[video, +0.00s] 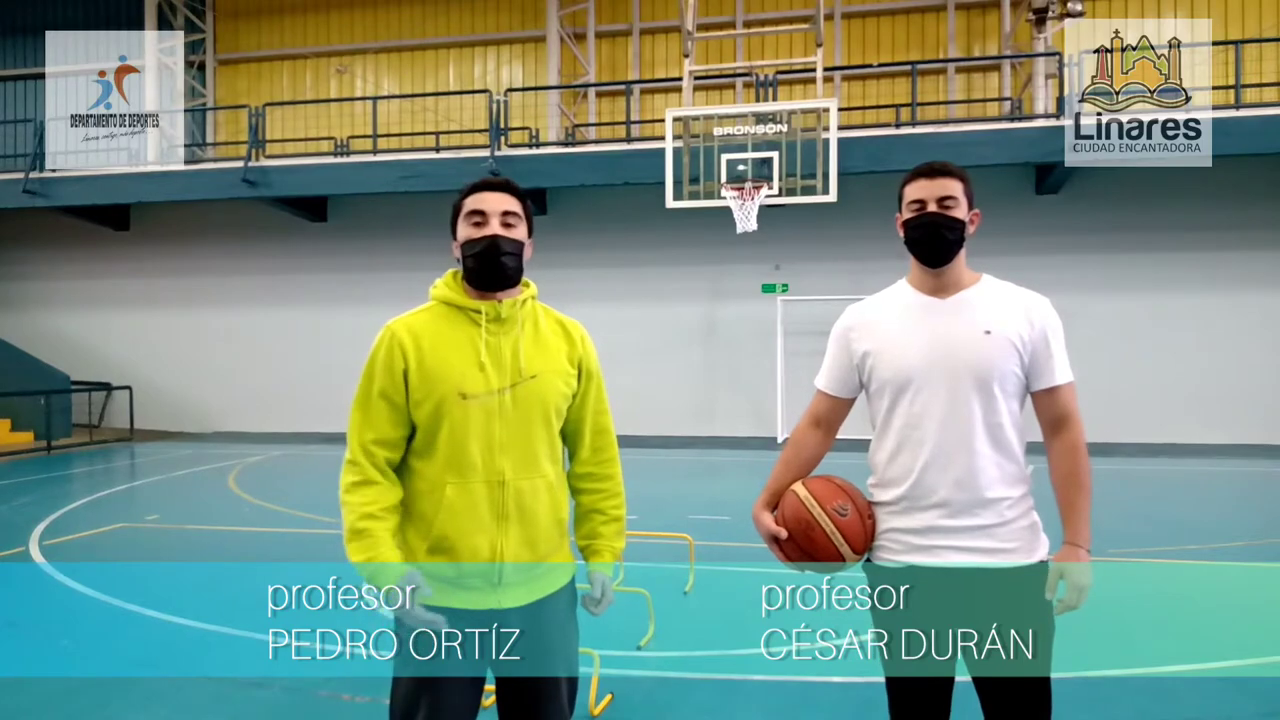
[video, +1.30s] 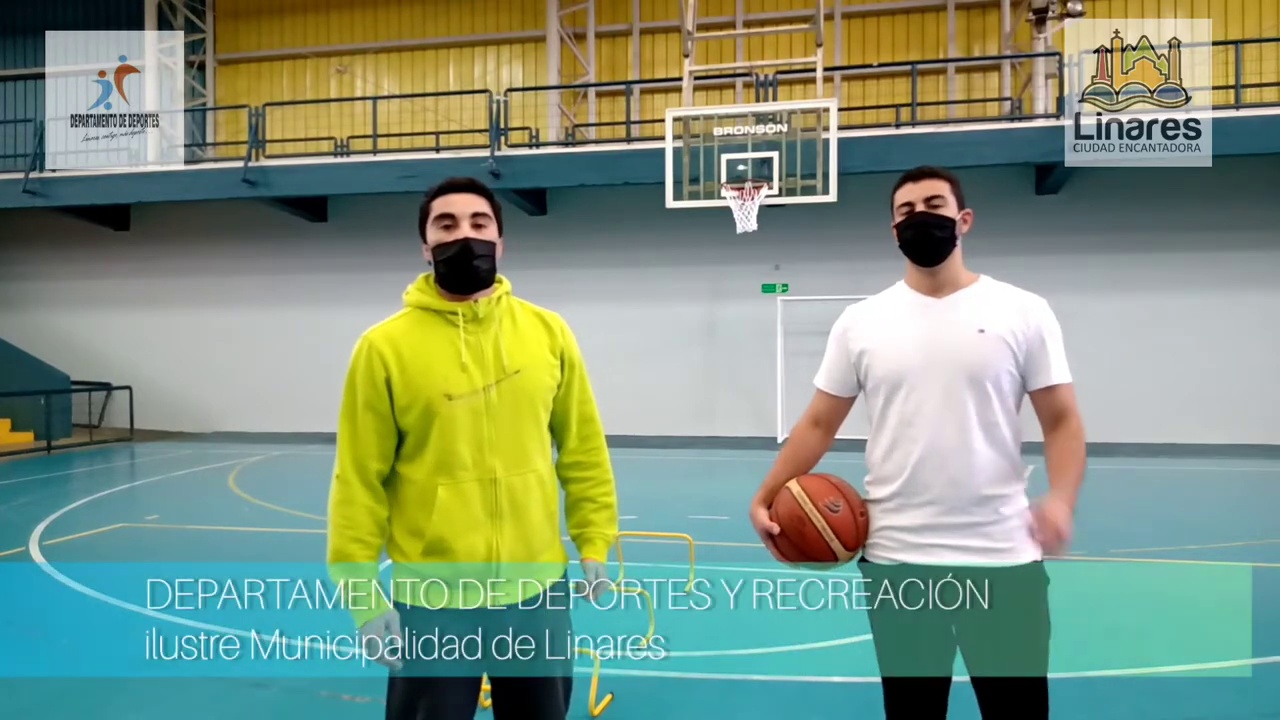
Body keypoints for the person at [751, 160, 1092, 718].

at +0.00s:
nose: (931, 215)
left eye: (946, 204)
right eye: (916, 207)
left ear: (972, 220)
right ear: (899, 226)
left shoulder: (1026, 314)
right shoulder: (862, 323)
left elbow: (1063, 430)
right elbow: (818, 425)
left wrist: (1076, 543)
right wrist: (764, 503)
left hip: (1007, 559)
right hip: (904, 560)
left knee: (1020, 711)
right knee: (915, 712)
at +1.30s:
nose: (920, 215)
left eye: (935, 204)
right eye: (905, 210)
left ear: (964, 220)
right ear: (894, 232)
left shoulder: (1023, 313)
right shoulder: (860, 324)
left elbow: (1063, 423)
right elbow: (816, 425)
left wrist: (1060, 500)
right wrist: (763, 496)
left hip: (1001, 556)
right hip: (899, 557)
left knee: (1017, 709)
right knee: (911, 713)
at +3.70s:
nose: (1042, 226)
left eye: (1063, 217)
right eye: (1027, 214)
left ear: (1085, 245)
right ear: (1008, 234)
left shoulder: (1132, 343)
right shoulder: (952, 336)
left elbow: (1178, 472)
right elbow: (920, 452)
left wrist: (1182, 590)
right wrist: (902, 548)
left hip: (1071, 599)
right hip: (961, 594)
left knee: (1067, 714)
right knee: (951, 713)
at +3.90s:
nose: (1031, 224)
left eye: (1052, 215)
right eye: (1016, 213)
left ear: (1077, 243)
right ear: (997, 234)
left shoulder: (1126, 343)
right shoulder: (943, 337)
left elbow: (1163, 476)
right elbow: (914, 458)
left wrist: (1155, 596)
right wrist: (903, 558)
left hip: (1072, 608)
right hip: (961, 604)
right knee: (962, 715)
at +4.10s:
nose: (998, 222)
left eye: (1018, 211)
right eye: (981, 212)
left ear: (1045, 239)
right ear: (964, 237)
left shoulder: (1105, 338)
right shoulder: (917, 342)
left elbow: (1143, 475)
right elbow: (886, 450)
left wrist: (1135, 593)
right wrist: (859, 500)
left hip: (1065, 613)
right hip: (948, 612)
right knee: (950, 712)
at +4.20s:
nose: (979, 218)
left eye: (998, 208)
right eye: (961, 210)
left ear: (1026, 234)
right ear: (944, 236)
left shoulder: (1091, 332)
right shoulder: (902, 342)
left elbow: (1135, 469)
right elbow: (865, 451)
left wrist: (1134, 589)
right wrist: (831, 501)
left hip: (1061, 612)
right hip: (943, 613)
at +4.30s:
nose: (963, 217)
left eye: (981, 204)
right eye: (945, 209)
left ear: (1009, 230)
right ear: (928, 237)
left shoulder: (1079, 329)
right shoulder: (887, 345)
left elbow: (1125, 463)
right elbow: (849, 455)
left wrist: (1134, 583)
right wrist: (816, 514)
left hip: (1058, 614)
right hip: (938, 617)